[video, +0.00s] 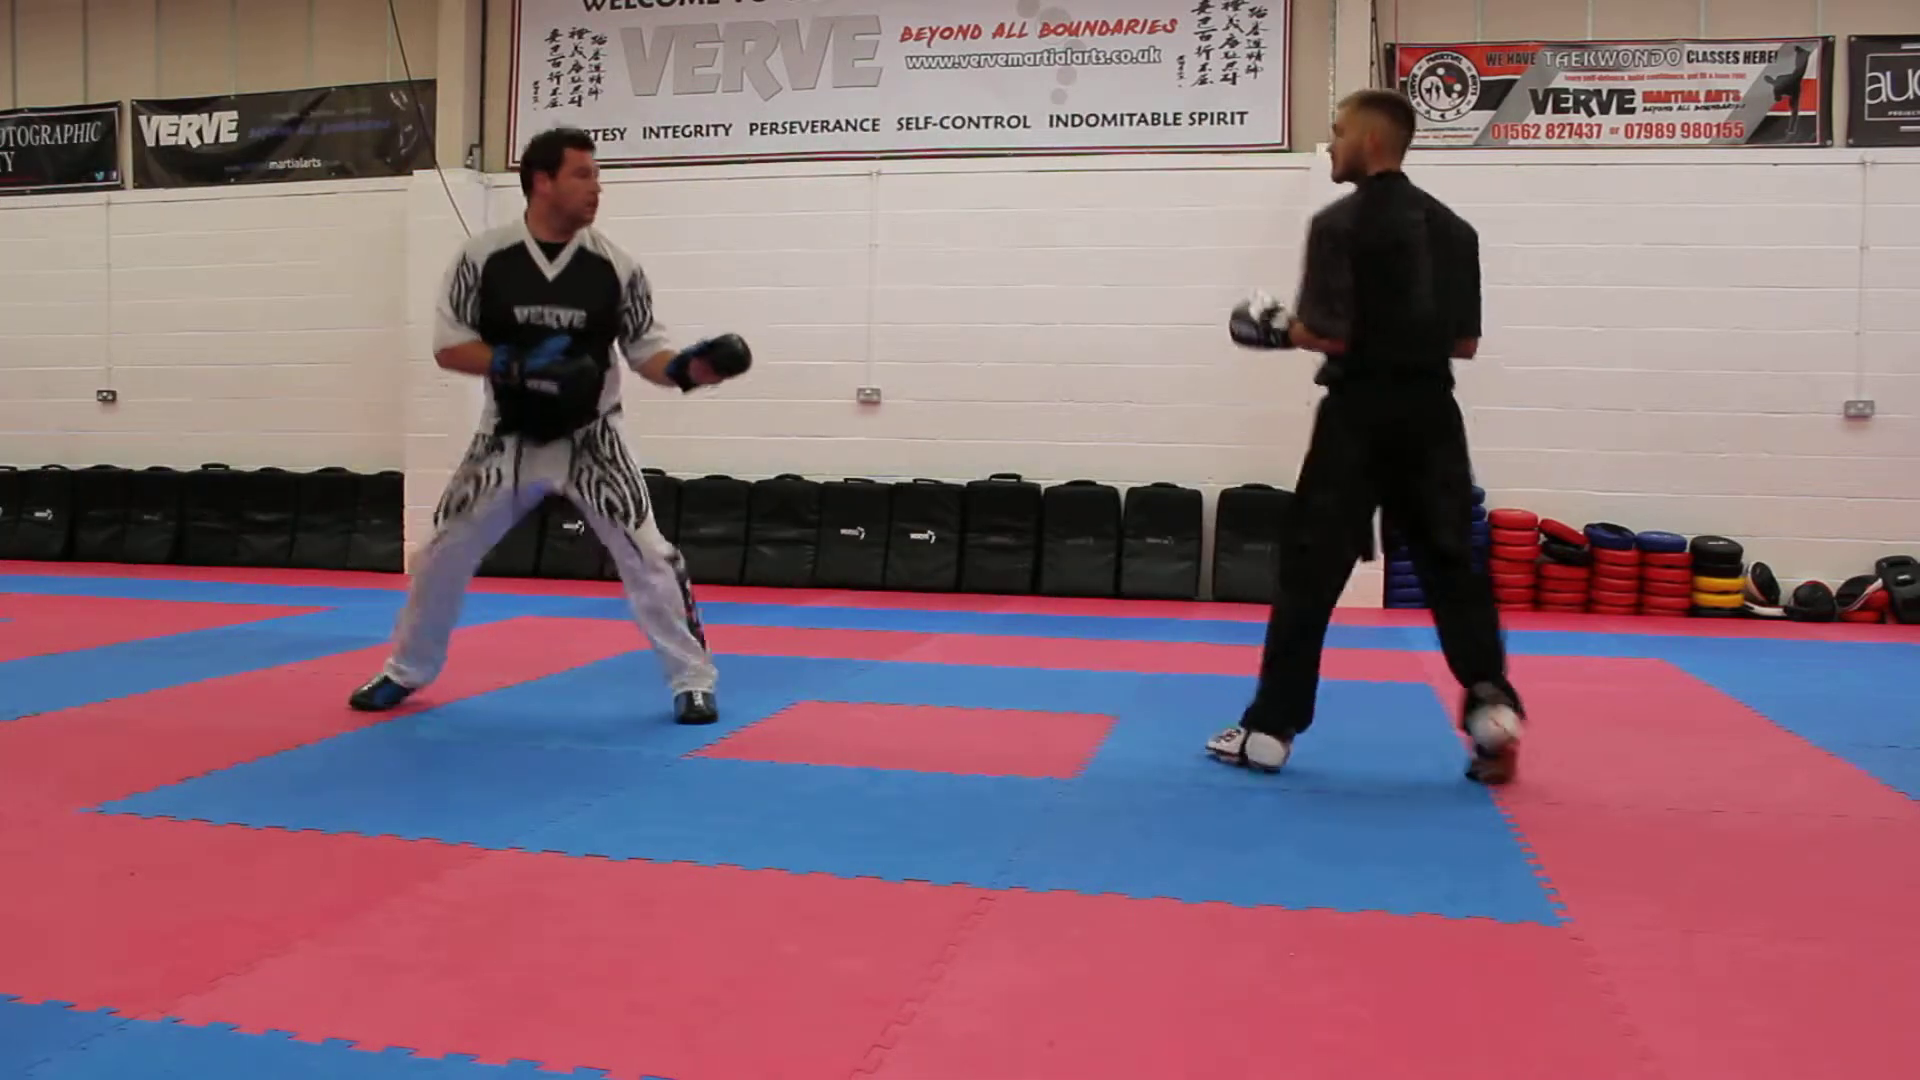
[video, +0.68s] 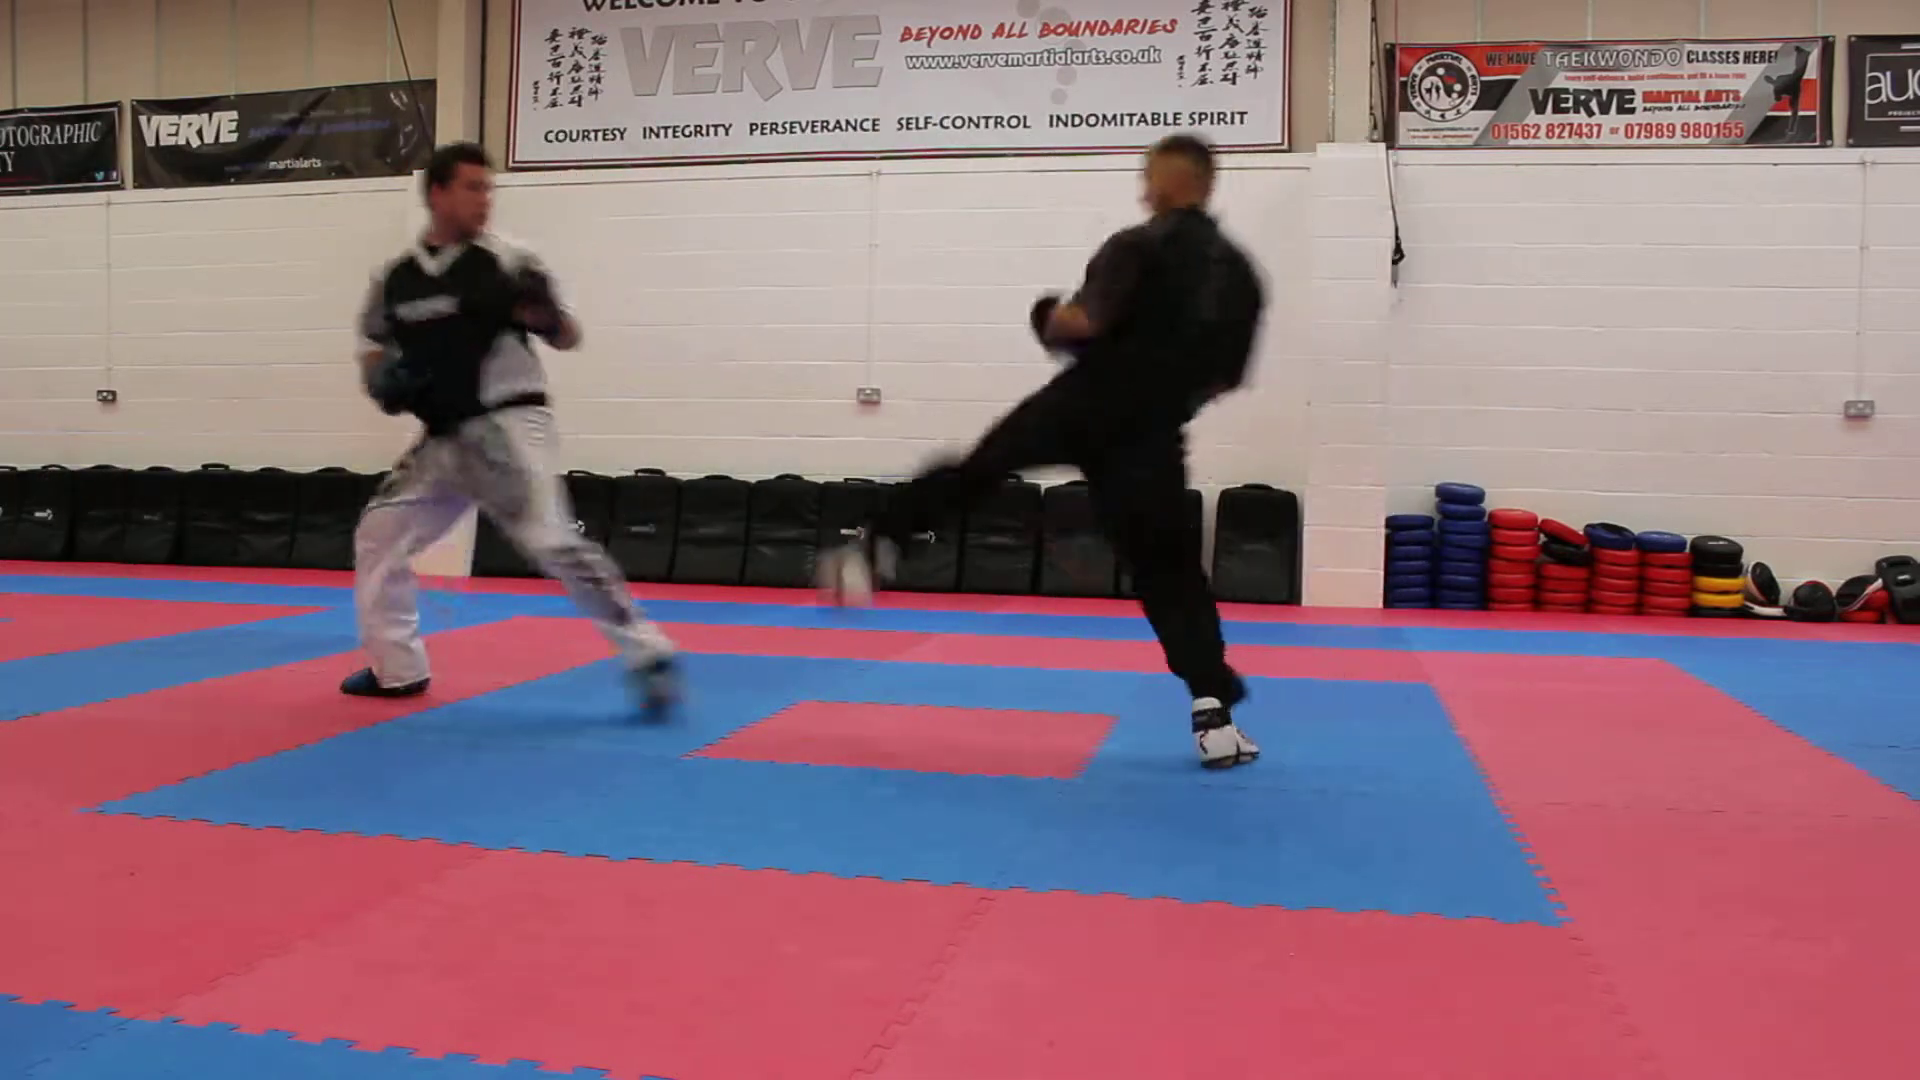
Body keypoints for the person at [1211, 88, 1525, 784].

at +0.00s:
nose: (1329, 146)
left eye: (1338, 134)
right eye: (1333, 134)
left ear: (1370, 142)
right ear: (1395, 145)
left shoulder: (1339, 225)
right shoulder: (1453, 230)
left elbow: (1328, 336)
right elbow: (1464, 342)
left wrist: (1276, 327)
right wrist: (1382, 327)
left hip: (1353, 426)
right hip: (1431, 423)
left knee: (1309, 575)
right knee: (1452, 563)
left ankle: (1270, 731)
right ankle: (1490, 699)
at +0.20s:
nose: (1325, 178)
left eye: (1333, 167)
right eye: (1329, 166)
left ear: (1365, 174)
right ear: (1388, 179)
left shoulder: (1313, 253)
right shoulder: (1437, 267)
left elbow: (1282, 354)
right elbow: (1458, 375)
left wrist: (1263, 377)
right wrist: (1393, 383)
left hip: (1310, 442)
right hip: (1387, 447)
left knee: (1264, 551)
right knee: (1390, 573)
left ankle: (1249, 683)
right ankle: (1405, 720)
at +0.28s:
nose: (1317, 184)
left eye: (1327, 173)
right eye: (1321, 172)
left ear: (1363, 181)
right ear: (1377, 185)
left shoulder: (1309, 248)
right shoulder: (1417, 270)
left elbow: (1271, 311)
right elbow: (1422, 375)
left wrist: (1222, 334)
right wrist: (1362, 357)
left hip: (1274, 428)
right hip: (1348, 443)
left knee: (1219, 524)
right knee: (1374, 579)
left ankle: (1188, 611)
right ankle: (1401, 726)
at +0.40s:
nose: (1270, 149)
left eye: (1280, 138)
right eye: (1274, 137)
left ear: (1308, 145)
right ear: (1330, 150)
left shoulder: (1276, 209)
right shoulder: (1365, 234)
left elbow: (1187, 235)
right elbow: (1352, 344)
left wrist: (1119, 216)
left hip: (1218, 372)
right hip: (1282, 405)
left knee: (1132, 389)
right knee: (1310, 552)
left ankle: (1083, 474)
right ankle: (1348, 708)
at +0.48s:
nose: (1222, 146)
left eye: (1231, 134)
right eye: (1227, 133)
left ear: (1257, 142)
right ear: (1287, 147)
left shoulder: (1222, 202)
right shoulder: (1327, 229)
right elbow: (1320, 342)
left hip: (1185, 356)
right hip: (1249, 396)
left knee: (1092, 342)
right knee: (1247, 539)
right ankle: (1253, 704)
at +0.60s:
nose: (1176, 163)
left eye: (1184, 151)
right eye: (1179, 150)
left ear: (1204, 155)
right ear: (1238, 158)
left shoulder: (1175, 214)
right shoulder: (1284, 250)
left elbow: (1100, 247)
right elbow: (1277, 356)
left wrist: (1065, 242)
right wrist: (1212, 336)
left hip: (1124, 371)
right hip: (1189, 415)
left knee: (1014, 400)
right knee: (1176, 554)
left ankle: (907, 443)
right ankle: (1214, 702)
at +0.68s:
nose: (1151, 182)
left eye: (1156, 171)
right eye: (1155, 170)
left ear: (1164, 179)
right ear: (1208, 181)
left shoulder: (1136, 247)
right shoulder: (1239, 274)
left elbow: (1089, 321)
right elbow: (1226, 374)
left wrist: (1046, 314)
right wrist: (1168, 386)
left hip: (1077, 410)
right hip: (1149, 440)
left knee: (979, 470)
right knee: (1171, 566)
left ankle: (875, 539)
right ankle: (1212, 714)